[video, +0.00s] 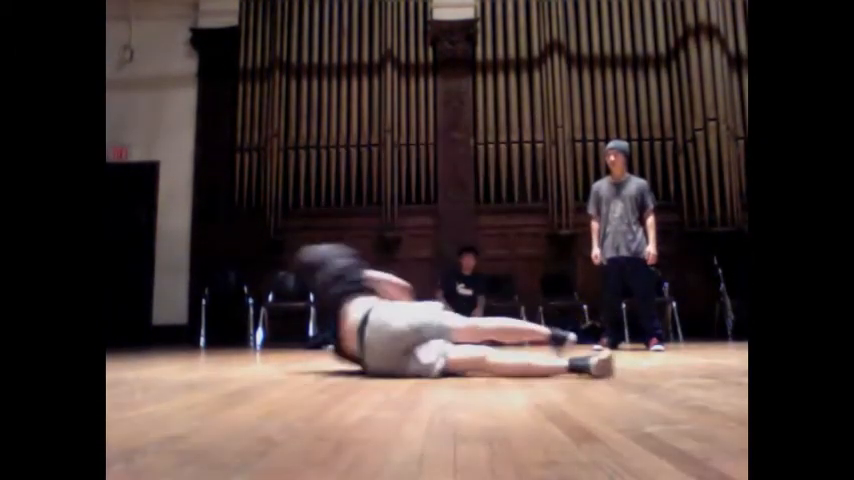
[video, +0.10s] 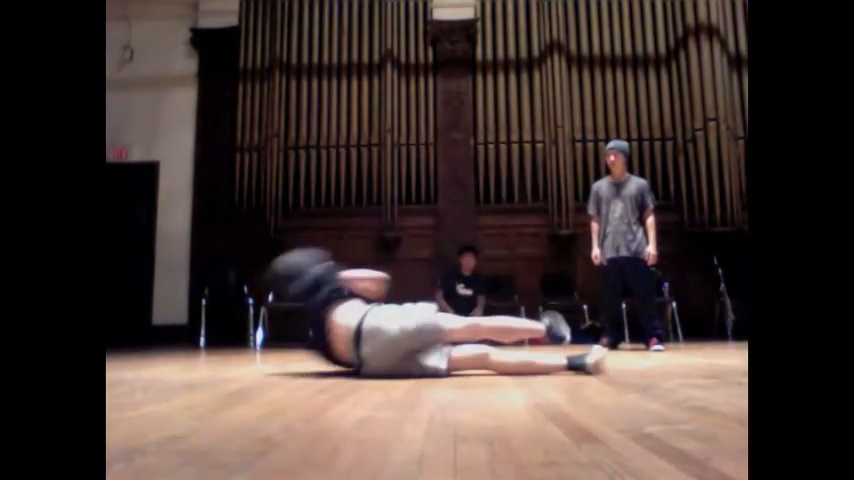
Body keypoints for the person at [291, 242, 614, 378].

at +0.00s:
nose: (349, 263)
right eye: (343, 259)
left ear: (312, 283)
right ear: (339, 261)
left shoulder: (332, 329)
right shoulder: (349, 277)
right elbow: (400, 287)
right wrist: (401, 316)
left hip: (374, 360)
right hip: (379, 321)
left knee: (480, 361)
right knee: (471, 330)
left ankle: (572, 365)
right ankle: (561, 336)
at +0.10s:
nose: (331, 269)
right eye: (323, 265)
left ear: (291, 293)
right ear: (318, 270)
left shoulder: (311, 331)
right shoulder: (330, 286)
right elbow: (380, 282)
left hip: (372, 363)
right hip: (376, 327)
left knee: (484, 358)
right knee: (468, 329)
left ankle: (575, 363)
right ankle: (551, 331)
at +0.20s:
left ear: (248, 323)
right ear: (267, 300)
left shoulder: (278, 353)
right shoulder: (276, 318)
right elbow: (332, 278)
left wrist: (321, 305)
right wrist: (298, 285)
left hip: (371, 366)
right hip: (370, 335)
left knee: (466, 361)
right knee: (461, 315)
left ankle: (544, 360)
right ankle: (547, 311)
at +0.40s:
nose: (224, 322)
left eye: (216, 321)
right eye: (218, 324)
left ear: (214, 351)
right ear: (217, 341)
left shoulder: (255, 349)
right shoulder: (248, 354)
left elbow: (285, 316)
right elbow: (264, 298)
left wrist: (264, 295)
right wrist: (232, 292)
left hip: (363, 347)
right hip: (365, 350)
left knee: (436, 346)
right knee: (424, 270)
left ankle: (507, 359)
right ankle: (501, 317)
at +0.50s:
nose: (223, 327)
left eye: (217, 328)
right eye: (215, 330)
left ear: (209, 355)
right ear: (212, 348)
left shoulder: (252, 351)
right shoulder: (239, 358)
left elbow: (277, 321)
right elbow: (240, 318)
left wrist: (256, 290)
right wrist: (217, 292)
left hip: (361, 345)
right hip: (362, 351)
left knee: (429, 343)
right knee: (422, 268)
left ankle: (500, 350)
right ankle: (490, 330)